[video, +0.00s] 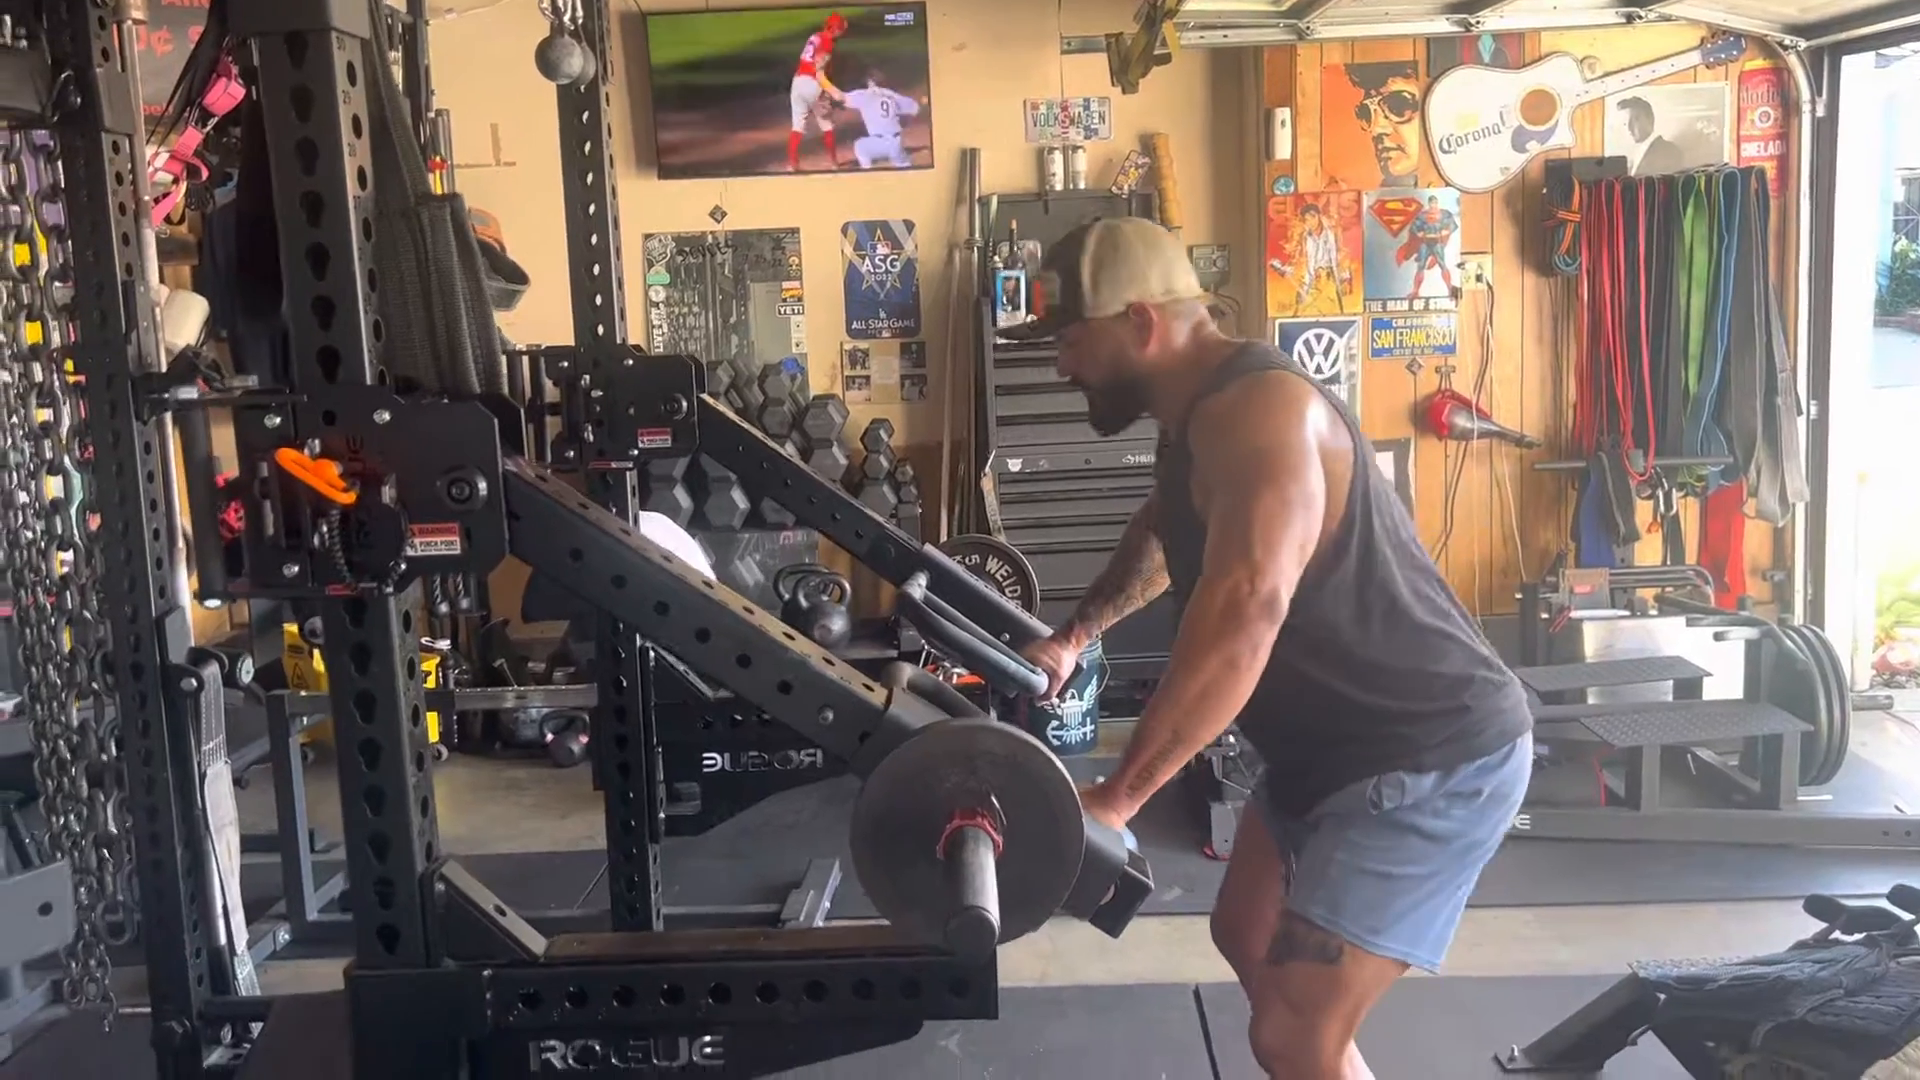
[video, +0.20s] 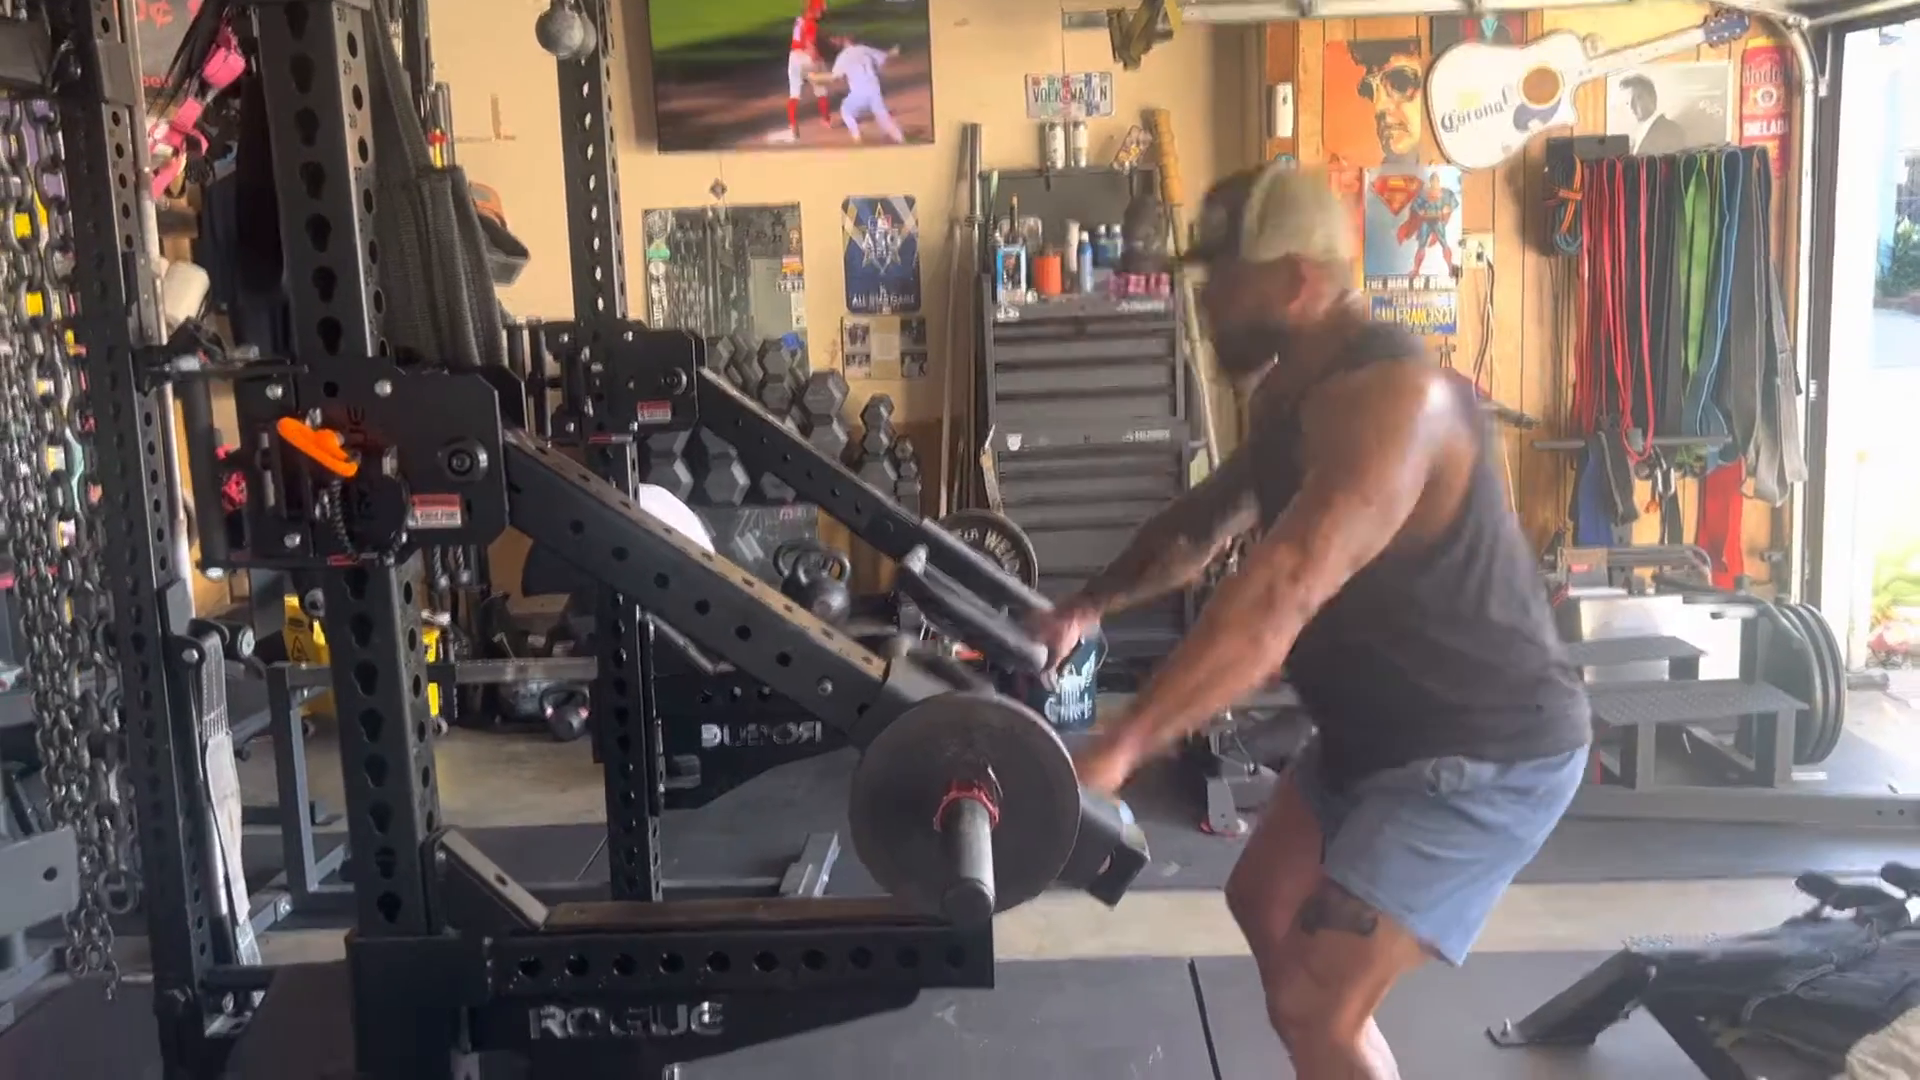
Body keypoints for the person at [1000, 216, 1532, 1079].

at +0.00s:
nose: (1060, 356)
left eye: (1070, 328)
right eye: (1058, 333)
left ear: (1142, 324)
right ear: (1146, 326)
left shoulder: (1263, 409)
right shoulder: (1197, 420)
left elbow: (1247, 606)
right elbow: (1157, 539)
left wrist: (1121, 793)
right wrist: (1076, 635)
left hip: (1432, 754)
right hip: (1335, 746)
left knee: (1297, 1033)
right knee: (1248, 934)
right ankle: (1332, 1065)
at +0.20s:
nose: (1207, 295)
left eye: (1223, 271)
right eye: (1207, 271)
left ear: (1302, 283)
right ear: (1297, 287)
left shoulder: (1391, 398)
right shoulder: (1298, 388)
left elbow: (1285, 590)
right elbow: (1209, 519)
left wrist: (1125, 744)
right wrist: (1084, 609)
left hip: (1484, 748)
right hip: (1379, 730)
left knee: (1316, 1009)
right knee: (1266, 900)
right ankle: (1341, 1061)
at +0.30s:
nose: (1273, 224)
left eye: (1294, 204)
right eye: (1278, 202)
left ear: (1376, 223)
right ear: (1366, 225)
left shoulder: (1444, 349)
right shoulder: (1352, 338)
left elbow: (1347, 525)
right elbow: (1249, 458)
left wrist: (1162, 642)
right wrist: (1122, 531)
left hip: (1462, 725)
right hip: (1365, 704)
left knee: (1313, 995)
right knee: (1257, 885)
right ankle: (1332, 1058)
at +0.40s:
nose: (1273, 190)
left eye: (1292, 170)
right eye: (1277, 169)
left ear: (1374, 177)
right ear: (1364, 181)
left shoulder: (1441, 291)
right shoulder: (1354, 291)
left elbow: (1457, 427)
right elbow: (1294, 380)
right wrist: (1180, 392)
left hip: (1384, 691)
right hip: (1296, 669)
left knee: (1289, 978)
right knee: (1234, 879)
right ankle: (1320, 1056)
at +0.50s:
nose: (1223, 179)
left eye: (1244, 158)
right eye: (1225, 157)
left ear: (1320, 168)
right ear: (1313, 169)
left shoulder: (1402, 272)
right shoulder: (1297, 283)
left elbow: (1482, 356)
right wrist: (1118, 286)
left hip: (1302, 690)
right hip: (1249, 678)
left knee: (1285, 971)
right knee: (1275, 959)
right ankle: (1311, 1064)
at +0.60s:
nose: (1166, 203)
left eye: (1179, 180)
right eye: (1161, 181)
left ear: (1239, 176)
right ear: (1247, 175)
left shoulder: (1294, 278)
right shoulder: (1227, 282)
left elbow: (1395, 335)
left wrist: (1223, 231)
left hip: (1263, 701)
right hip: (1225, 691)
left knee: (1272, 988)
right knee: (1265, 978)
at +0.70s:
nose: (1069, 234)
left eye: (1084, 206)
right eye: (1066, 210)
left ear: (1143, 194)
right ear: (1128, 201)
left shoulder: (1244, 295)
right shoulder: (1163, 297)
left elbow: (1294, 290)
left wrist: (1125, 125)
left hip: (1253, 709)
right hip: (1213, 699)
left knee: (1264, 993)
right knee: (1255, 984)